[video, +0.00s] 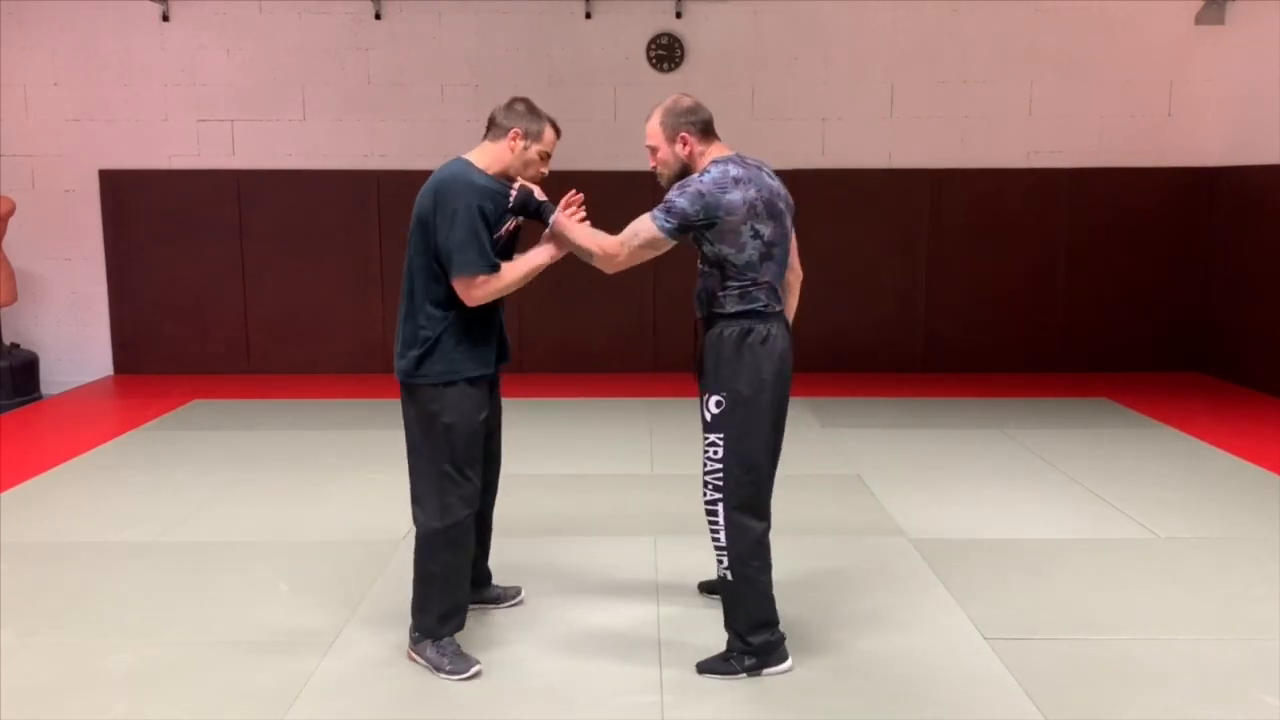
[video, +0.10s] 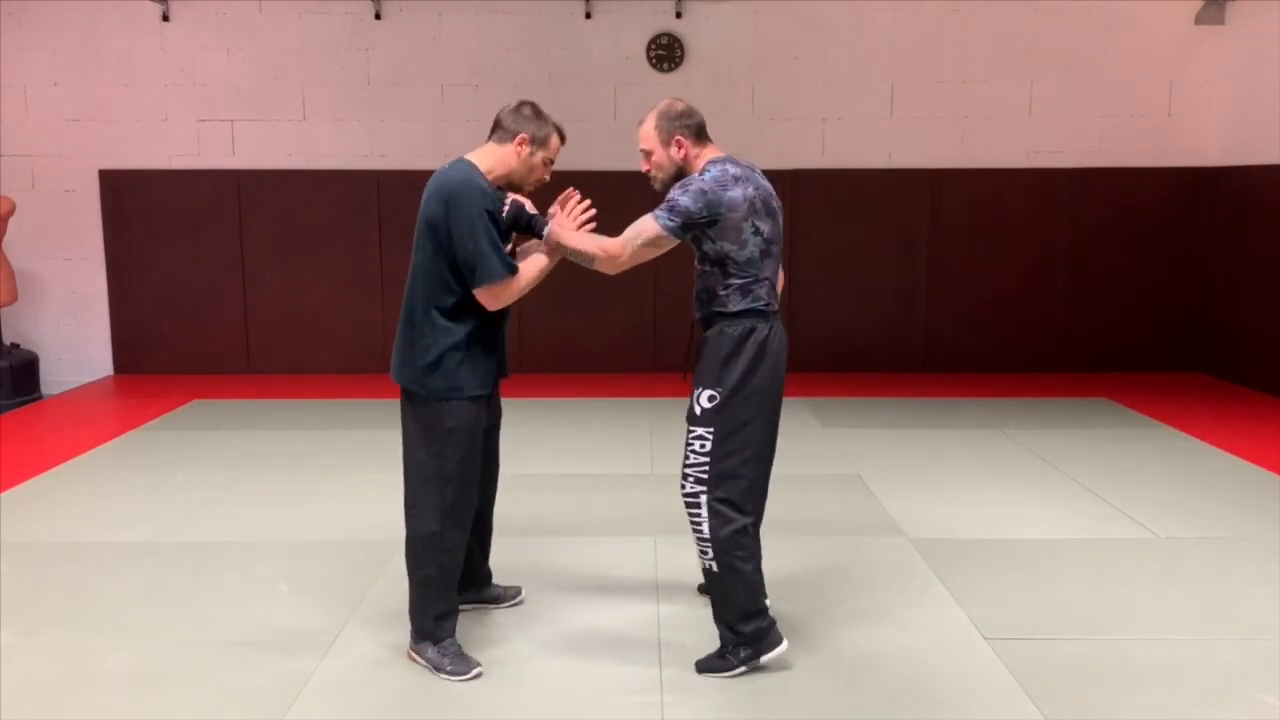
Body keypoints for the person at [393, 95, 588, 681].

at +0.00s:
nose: (539, 171)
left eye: (543, 162)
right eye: (540, 158)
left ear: (511, 139)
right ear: (515, 140)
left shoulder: (489, 190)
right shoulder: (459, 190)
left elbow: (496, 262)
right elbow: (473, 289)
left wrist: (542, 224)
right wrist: (546, 253)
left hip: (474, 367)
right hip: (442, 373)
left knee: (477, 486)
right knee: (448, 502)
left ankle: (471, 583)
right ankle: (431, 633)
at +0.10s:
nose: (544, 177)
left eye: (547, 167)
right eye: (545, 164)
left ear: (517, 144)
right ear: (521, 146)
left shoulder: (484, 190)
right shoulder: (462, 191)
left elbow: (524, 249)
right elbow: (495, 293)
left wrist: (552, 234)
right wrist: (550, 251)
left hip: (472, 370)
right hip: (441, 374)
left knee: (475, 487)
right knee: (441, 504)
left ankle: (469, 582)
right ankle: (430, 633)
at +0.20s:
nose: (544, 173)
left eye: (549, 164)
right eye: (546, 160)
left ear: (514, 141)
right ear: (519, 142)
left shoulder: (477, 188)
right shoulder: (462, 192)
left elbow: (527, 245)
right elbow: (504, 294)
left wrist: (557, 227)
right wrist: (551, 248)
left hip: (472, 372)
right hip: (447, 377)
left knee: (475, 488)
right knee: (444, 505)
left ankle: (469, 582)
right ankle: (431, 634)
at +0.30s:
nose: (544, 169)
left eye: (548, 158)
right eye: (544, 156)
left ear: (511, 141)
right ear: (515, 141)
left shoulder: (478, 188)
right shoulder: (459, 196)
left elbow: (523, 255)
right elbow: (502, 292)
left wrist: (557, 228)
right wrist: (551, 240)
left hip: (479, 377)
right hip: (453, 381)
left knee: (477, 492)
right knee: (450, 508)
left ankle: (469, 582)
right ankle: (431, 634)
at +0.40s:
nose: (546, 171)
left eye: (551, 160)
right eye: (545, 158)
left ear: (511, 145)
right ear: (513, 144)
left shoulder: (485, 195)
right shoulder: (449, 202)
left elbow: (515, 266)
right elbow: (488, 296)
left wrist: (558, 231)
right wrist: (547, 242)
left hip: (487, 381)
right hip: (457, 386)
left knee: (480, 494)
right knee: (456, 509)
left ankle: (468, 582)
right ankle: (432, 632)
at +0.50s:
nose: (545, 175)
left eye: (549, 164)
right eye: (543, 162)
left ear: (510, 150)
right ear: (507, 148)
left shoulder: (504, 200)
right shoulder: (438, 209)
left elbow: (521, 271)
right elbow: (467, 306)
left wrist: (576, 244)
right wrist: (535, 252)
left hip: (507, 382)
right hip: (460, 392)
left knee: (507, 489)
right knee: (462, 515)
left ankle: (476, 581)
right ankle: (431, 634)